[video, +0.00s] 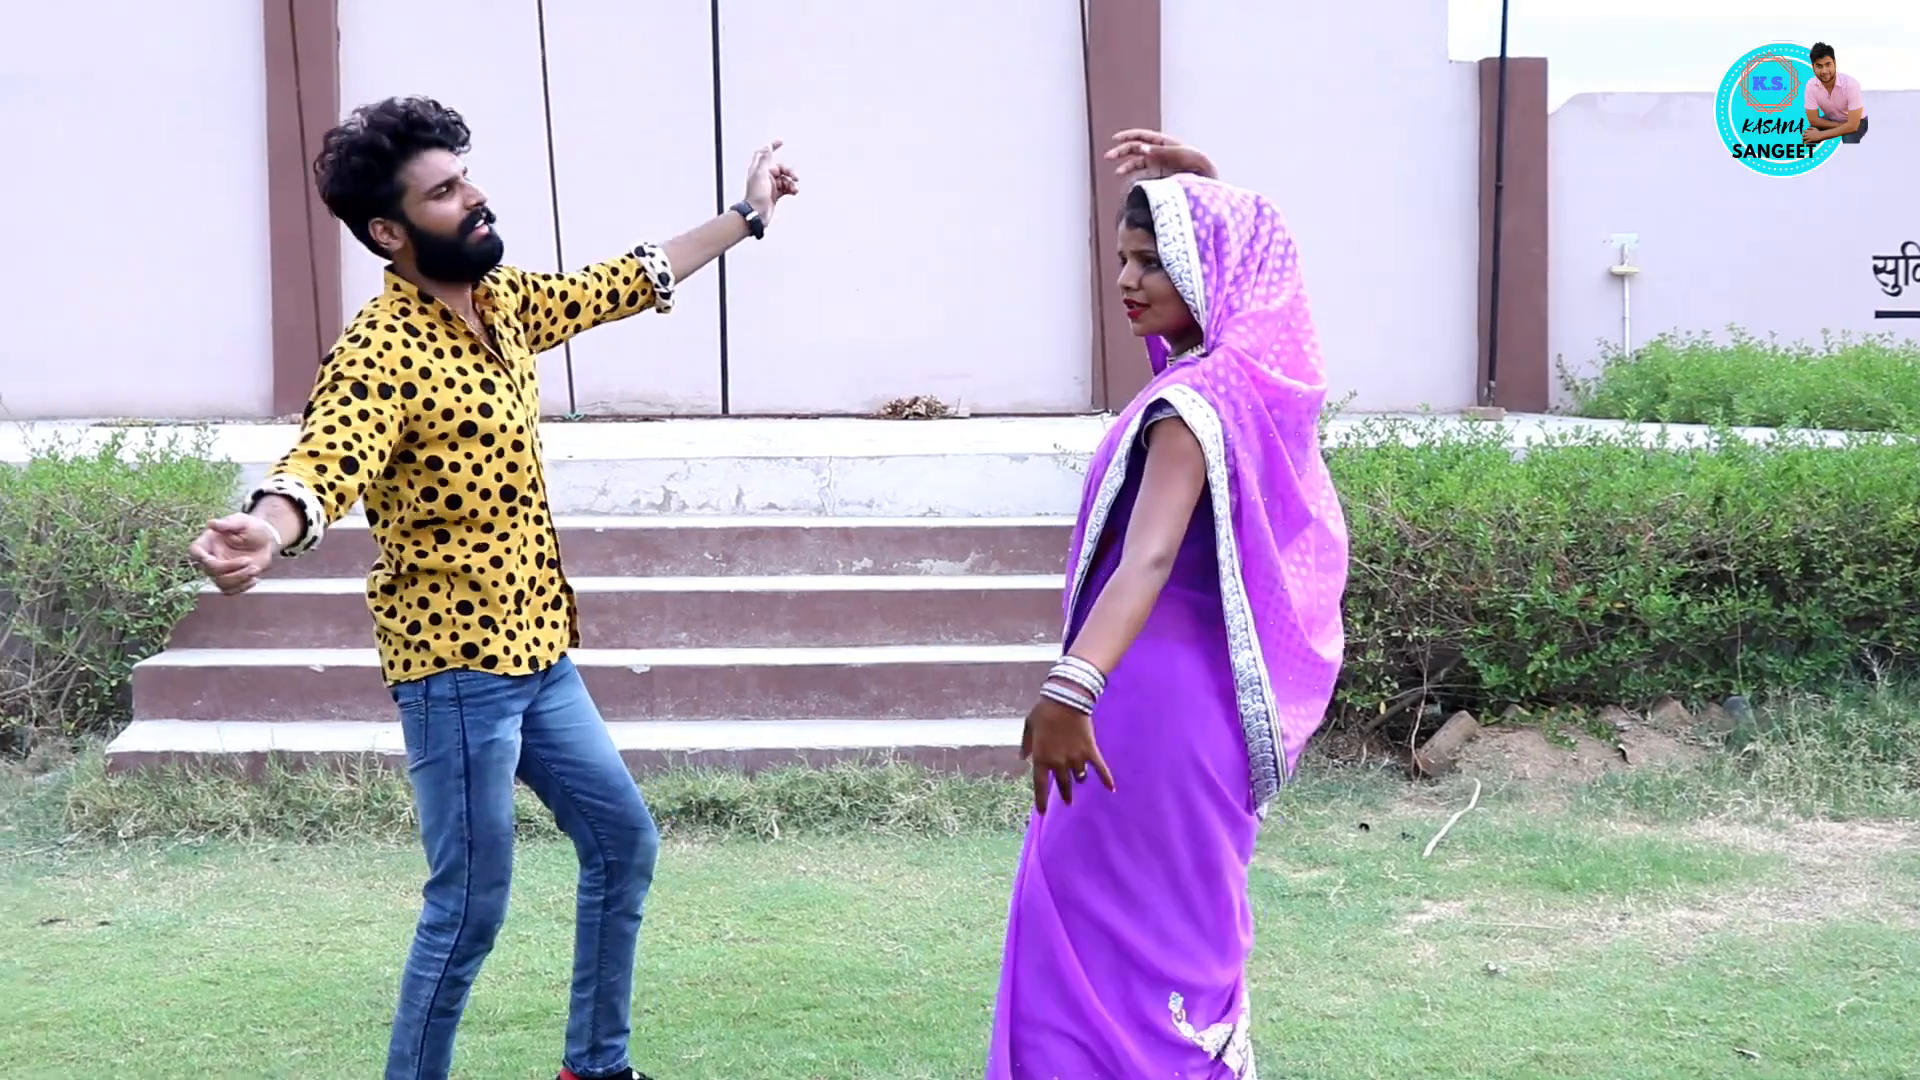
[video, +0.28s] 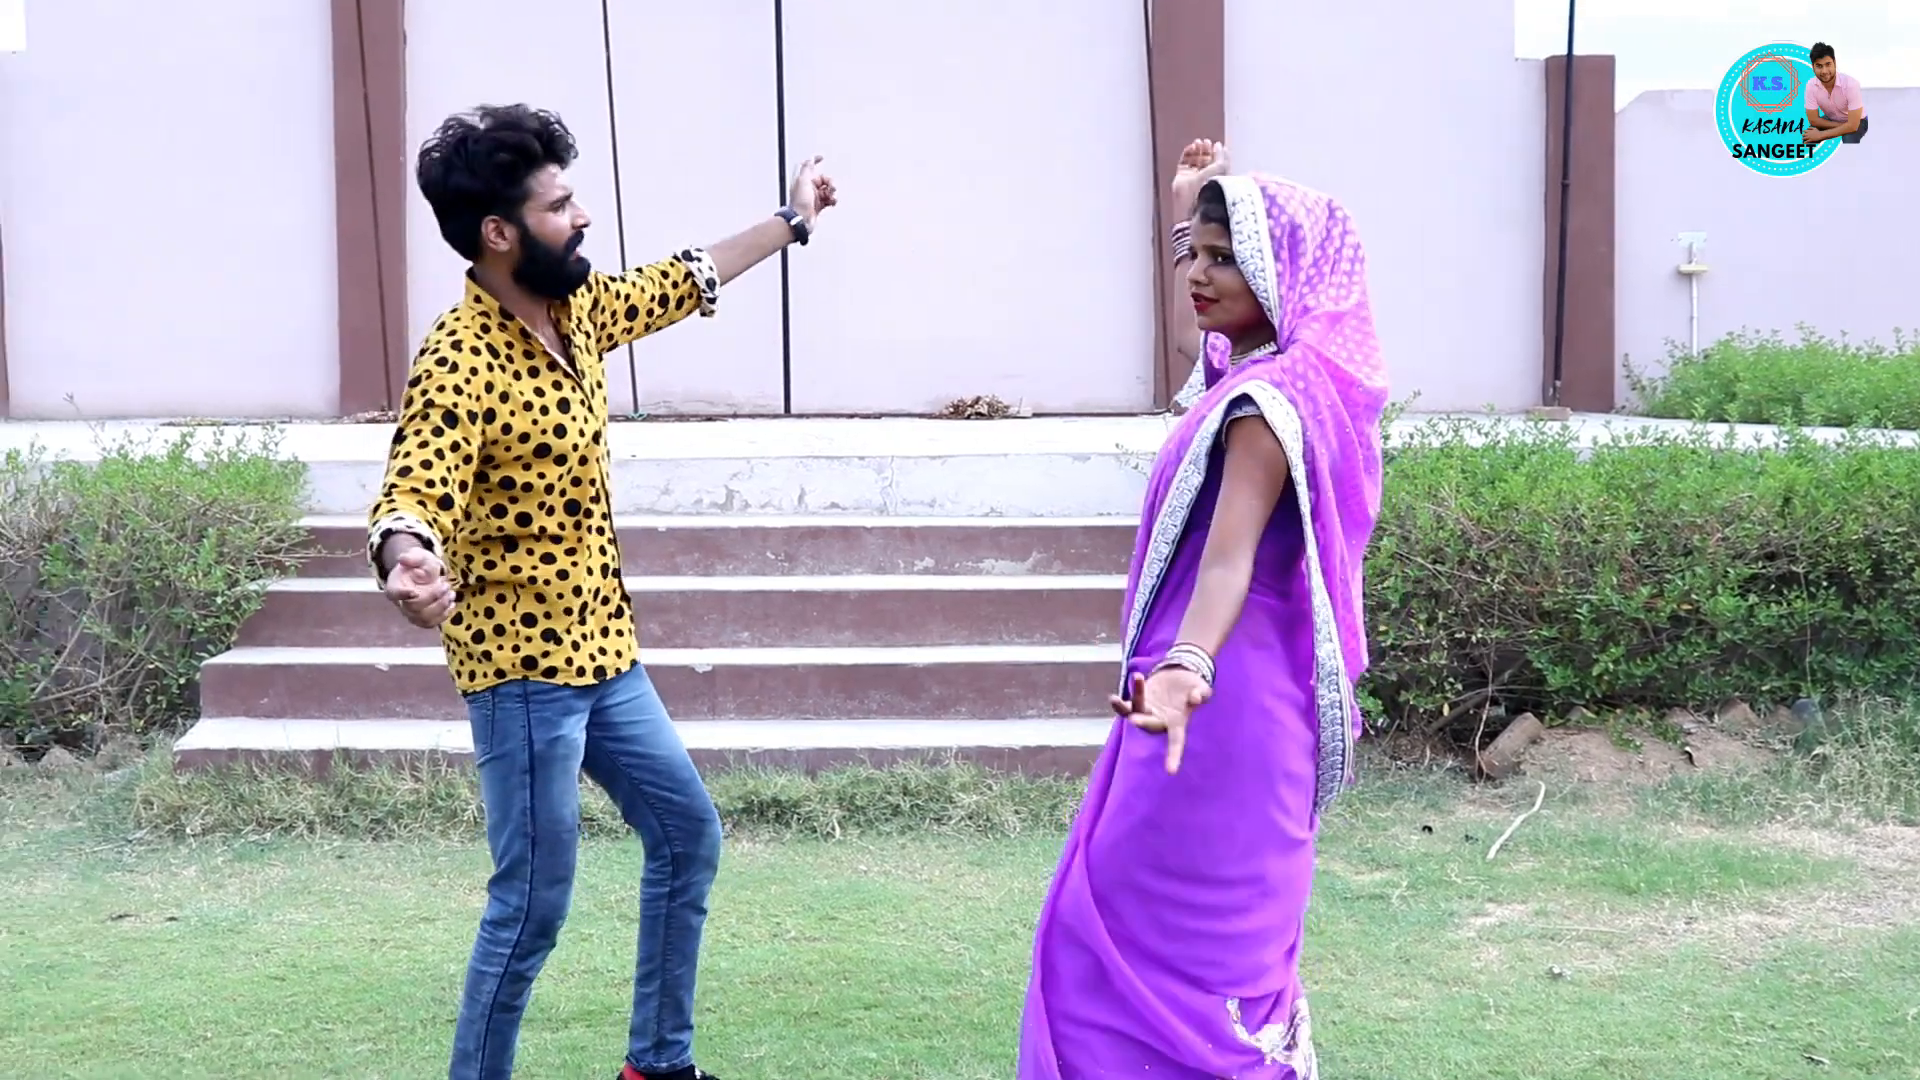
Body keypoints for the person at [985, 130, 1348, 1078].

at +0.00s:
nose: (1123, 281)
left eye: (1144, 262)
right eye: (1121, 260)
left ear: (1208, 275)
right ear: (1226, 278)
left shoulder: (1189, 405)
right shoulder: (1266, 384)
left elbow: (1149, 561)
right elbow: (1256, 265)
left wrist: (1069, 686)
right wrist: (1205, 181)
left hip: (1148, 714)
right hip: (1213, 712)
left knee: (1078, 963)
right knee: (1189, 959)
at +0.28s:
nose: (1197, 275)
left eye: (1220, 258)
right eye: (1193, 257)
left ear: (1282, 275)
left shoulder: (1263, 403)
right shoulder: (1300, 372)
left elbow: (1230, 555)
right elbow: (1207, 317)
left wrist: (1186, 662)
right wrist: (1188, 207)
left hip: (1216, 717)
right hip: (1263, 711)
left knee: (1086, 928)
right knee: (1244, 953)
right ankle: (1259, 1062)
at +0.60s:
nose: (1205, 243)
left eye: (1229, 225)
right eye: (1208, 227)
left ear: (1294, 252)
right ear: (1252, 261)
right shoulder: (1220, 356)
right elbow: (1160, 321)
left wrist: (1365, 504)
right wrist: (1134, 259)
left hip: (1271, 690)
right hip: (1189, 684)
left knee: (1268, 946)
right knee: (1171, 932)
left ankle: (1296, 1064)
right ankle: (1172, 1066)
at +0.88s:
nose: (1224, 255)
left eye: (1248, 235)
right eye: (1225, 241)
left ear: (1316, 258)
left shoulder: (1321, 384)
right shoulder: (1241, 360)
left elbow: (1343, 499)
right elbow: (1191, 314)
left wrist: (1391, 429)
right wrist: (1166, 256)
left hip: (1236, 696)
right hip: (1173, 684)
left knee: (1218, 939)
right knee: (1140, 927)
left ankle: (1266, 1065)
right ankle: (1144, 1069)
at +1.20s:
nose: (1228, 296)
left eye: (1251, 281)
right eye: (1229, 278)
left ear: (1310, 303)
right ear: (1309, 311)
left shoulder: (1296, 416)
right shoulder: (1324, 401)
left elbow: (1267, 464)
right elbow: (1276, 290)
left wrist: (1210, 485)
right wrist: (1270, 201)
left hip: (1218, 727)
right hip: (1259, 726)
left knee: (1116, 955)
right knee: (1235, 979)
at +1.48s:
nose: (1233, 313)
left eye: (1258, 296)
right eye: (1235, 297)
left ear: (1326, 316)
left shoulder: (1298, 439)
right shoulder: (1341, 433)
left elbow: (1205, 532)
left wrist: (1152, 393)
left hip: (1232, 755)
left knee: (1096, 919)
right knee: (1075, 900)